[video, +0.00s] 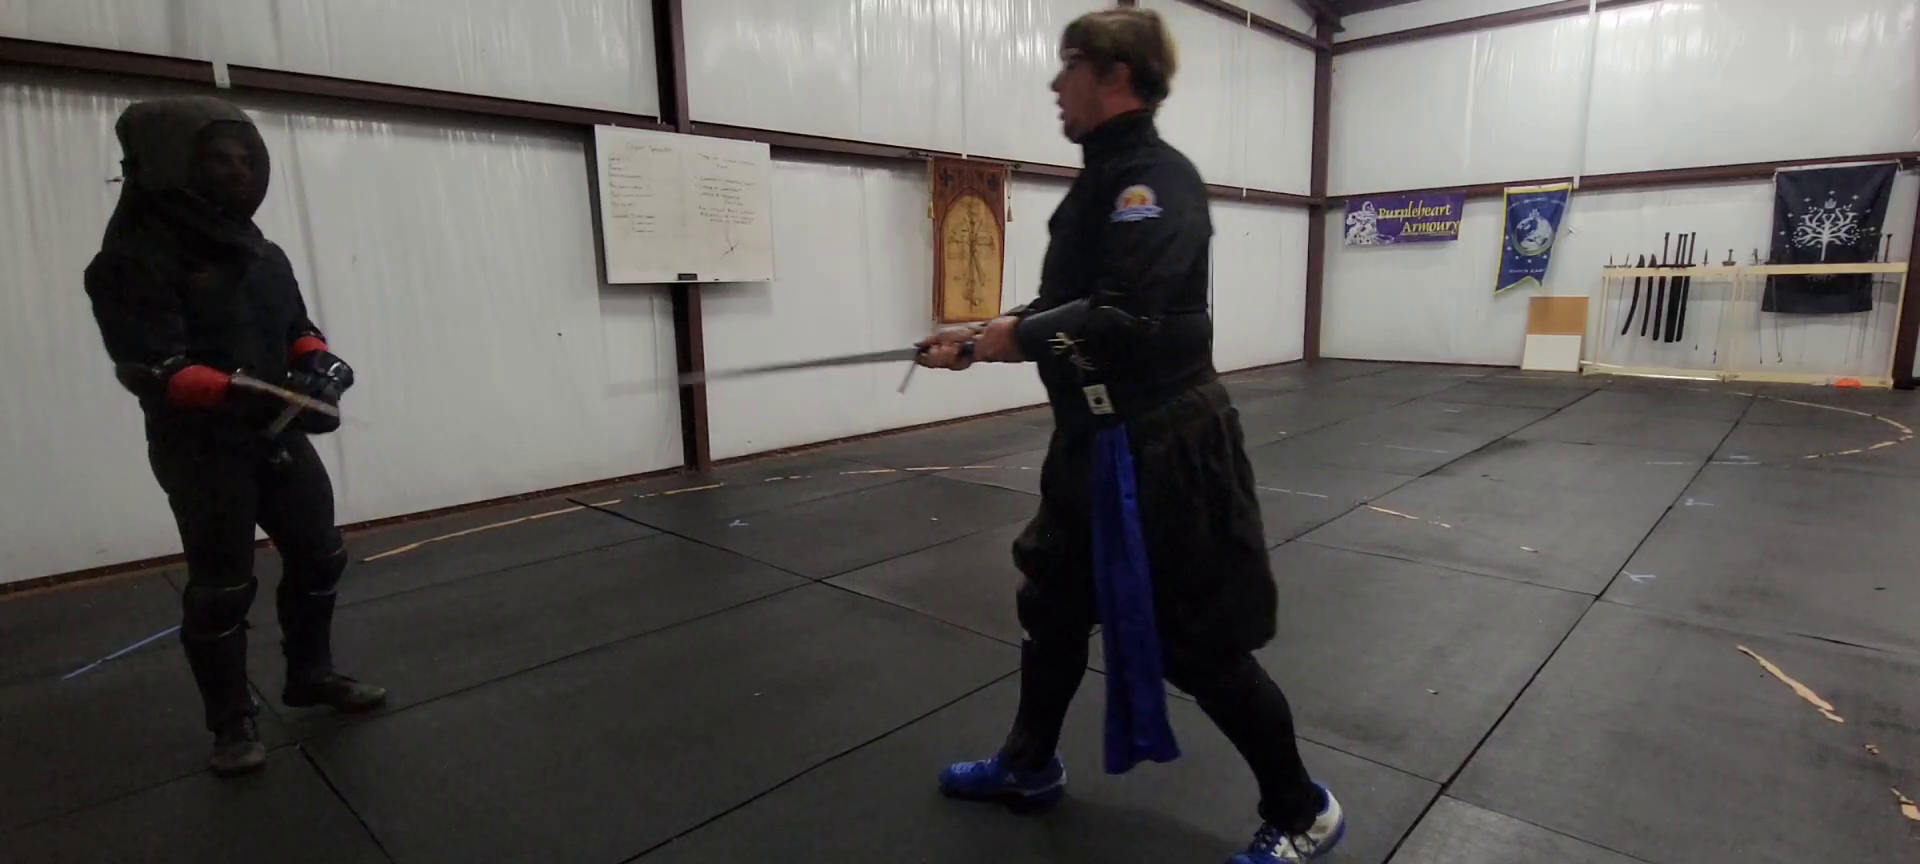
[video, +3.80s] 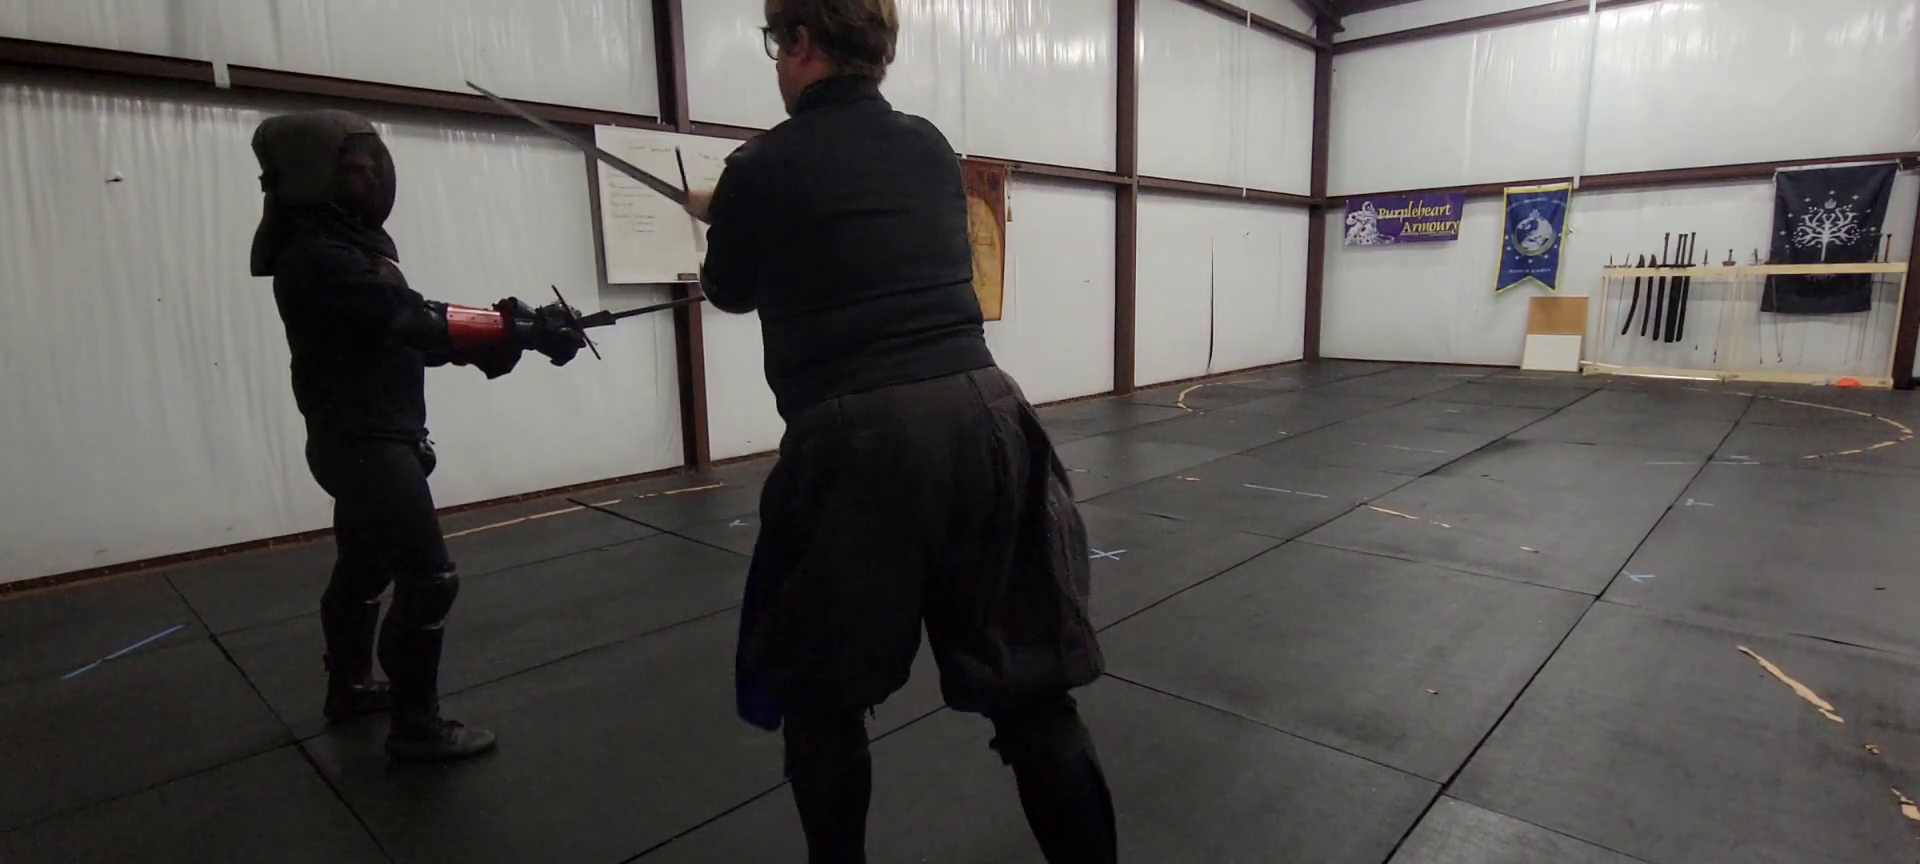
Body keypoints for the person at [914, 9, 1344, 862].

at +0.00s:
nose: (1056, 85)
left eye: (1071, 69)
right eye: (1061, 69)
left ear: (1121, 81)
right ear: (1115, 83)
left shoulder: (1155, 179)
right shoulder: (1100, 181)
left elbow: (1135, 314)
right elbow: (1073, 309)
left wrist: (1015, 338)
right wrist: (982, 339)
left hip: (1164, 439)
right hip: (1095, 436)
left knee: (1190, 638)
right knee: (1054, 601)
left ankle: (1300, 809)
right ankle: (1028, 765)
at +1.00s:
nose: (1005, 74)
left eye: (1017, 58)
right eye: (1009, 58)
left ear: (1062, 69)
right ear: (1070, 72)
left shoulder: (1061, 172)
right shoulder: (1080, 158)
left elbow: (991, 314)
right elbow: (987, 280)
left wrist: (891, 290)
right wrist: (881, 276)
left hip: (1101, 429)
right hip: (1087, 420)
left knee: (1116, 637)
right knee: (1040, 599)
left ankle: (1177, 832)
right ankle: (1026, 762)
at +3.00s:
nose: (949, 79)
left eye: (963, 66)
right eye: (955, 65)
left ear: (1007, 79)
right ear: (1024, 83)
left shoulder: (972, 177)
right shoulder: (1054, 174)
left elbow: (899, 307)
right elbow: (1017, 292)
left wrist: (886, 314)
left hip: (1008, 420)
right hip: (1074, 402)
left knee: (1017, 620)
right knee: (1032, 591)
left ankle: (1126, 802)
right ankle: (1030, 761)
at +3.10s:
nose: (935, 76)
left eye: (948, 63)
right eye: (940, 62)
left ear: (989, 76)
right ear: (1006, 82)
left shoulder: (959, 181)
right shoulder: (1042, 175)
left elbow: (888, 305)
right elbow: (1006, 288)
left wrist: (881, 340)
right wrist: (915, 318)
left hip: (994, 424)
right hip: (1065, 406)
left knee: (970, 609)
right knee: (1027, 593)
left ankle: (1049, 827)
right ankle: (1022, 759)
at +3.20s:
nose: (918, 77)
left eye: (930, 64)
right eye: (923, 63)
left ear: (971, 76)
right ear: (989, 82)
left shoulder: (944, 182)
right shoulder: (1026, 176)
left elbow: (872, 301)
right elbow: (987, 290)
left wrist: (852, 333)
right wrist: (891, 318)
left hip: (980, 426)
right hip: (1053, 407)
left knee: (941, 623)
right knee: (1014, 593)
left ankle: (954, 833)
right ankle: (1031, 761)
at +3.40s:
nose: (885, 84)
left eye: (893, 69)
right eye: (888, 68)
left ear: (932, 75)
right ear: (961, 81)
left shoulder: (905, 182)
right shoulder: (995, 174)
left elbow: (825, 303)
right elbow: (910, 273)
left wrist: (762, 315)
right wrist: (798, 289)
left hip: (934, 433)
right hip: (1027, 417)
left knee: (861, 639)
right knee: (988, 602)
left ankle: (842, 845)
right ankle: (1024, 760)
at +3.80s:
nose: (773, 63)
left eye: (776, 44)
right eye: (774, 45)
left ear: (801, 45)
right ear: (874, 50)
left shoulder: (762, 166)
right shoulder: (930, 144)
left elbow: (730, 288)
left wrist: (720, 212)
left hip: (852, 441)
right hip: (982, 419)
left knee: (825, 696)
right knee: (1032, 690)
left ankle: (836, 857)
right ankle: (1087, 850)